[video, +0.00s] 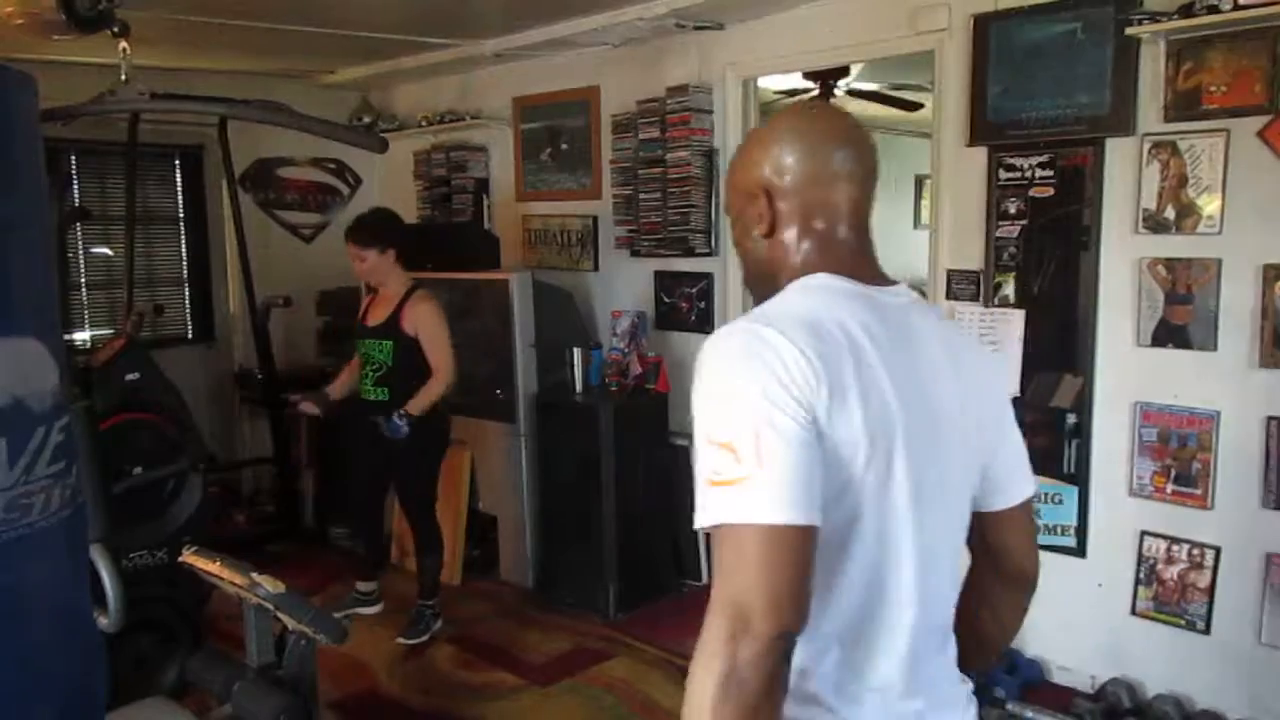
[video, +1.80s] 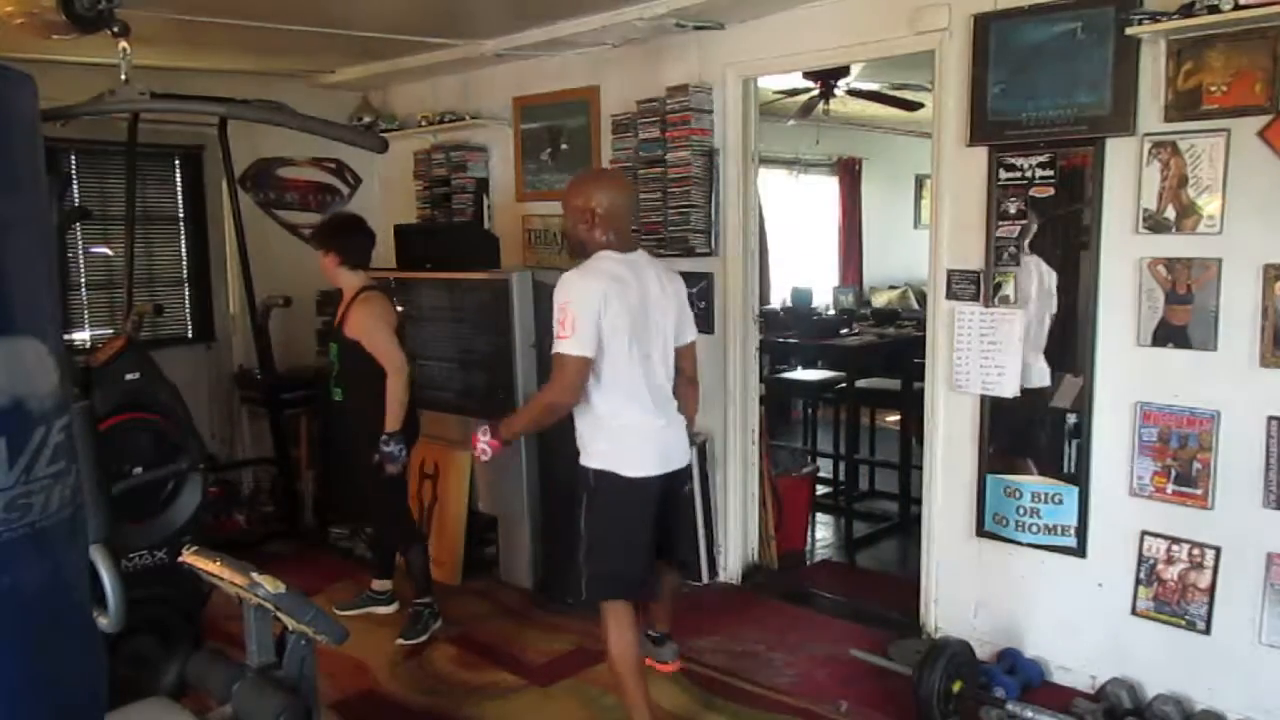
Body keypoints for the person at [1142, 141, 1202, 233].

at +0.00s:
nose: (1157, 159)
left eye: (1159, 154)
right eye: (1155, 156)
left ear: (1168, 150)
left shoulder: (1175, 161)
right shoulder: (1164, 166)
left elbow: (1171, 187)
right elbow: (1161, 189)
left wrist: (1160, 213)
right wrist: (1157, 213)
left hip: (1191, 211)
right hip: (1180, 212)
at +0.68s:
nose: (1158, 159)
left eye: (1160, 154)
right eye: (1155, 156)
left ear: (1169, 150)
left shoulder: (1175, 161)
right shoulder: (1164, 165)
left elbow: (1171, 187)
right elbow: (1162, 188)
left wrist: (1161, 213)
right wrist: (1157, 213)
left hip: (1190, 211)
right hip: (1180, 212)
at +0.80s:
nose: (1158, 159)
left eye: (1159, 154)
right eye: (1156, 156)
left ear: (1168, 150)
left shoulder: (1175, 161)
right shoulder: (1164, 164)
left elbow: (1170, 187)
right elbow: (1162, 187)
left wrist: (1160, 213)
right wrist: (1157, 212)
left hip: (1190, 211)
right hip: (1180, 212)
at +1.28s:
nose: (1158, 159)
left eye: (1159, 154)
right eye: (1156, 156)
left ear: (1168, 150)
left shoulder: (1175, 161)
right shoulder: (1164, 165)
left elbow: (1171, 187)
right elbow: (1162, 188)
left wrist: (1160, 213)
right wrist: (1157, 212)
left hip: (1190, 211)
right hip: (1180, 212)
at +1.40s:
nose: (1158, 158)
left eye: (1159, 153)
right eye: (1155, 156)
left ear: (1168, 149)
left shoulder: (1175, 161)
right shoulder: (1164, 165)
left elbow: (1171, 187)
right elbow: (1162, 188)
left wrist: (1161, 213)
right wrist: (1157, 212)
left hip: (1190, 212)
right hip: (1180, 213)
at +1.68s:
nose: (1158, 158)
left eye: (1159, 153)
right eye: (1155, 156)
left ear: (1168, 149)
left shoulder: (1175, 161)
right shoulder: (1164, 165)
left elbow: (1171, 187)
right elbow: (1162, 188)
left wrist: (1160, 213)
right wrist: (1157, 212)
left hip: (1190, 212)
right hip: (1180, 213)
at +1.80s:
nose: (1158, 158)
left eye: (1159, 153)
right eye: (1155, 156)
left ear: (1168, 149)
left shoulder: (1175, 161)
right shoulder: (1164, 165)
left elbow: (1171, 188)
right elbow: (1162, 188)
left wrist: (1160, 213)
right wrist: (1157, 213)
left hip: (1190, 212)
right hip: (1180, 213)